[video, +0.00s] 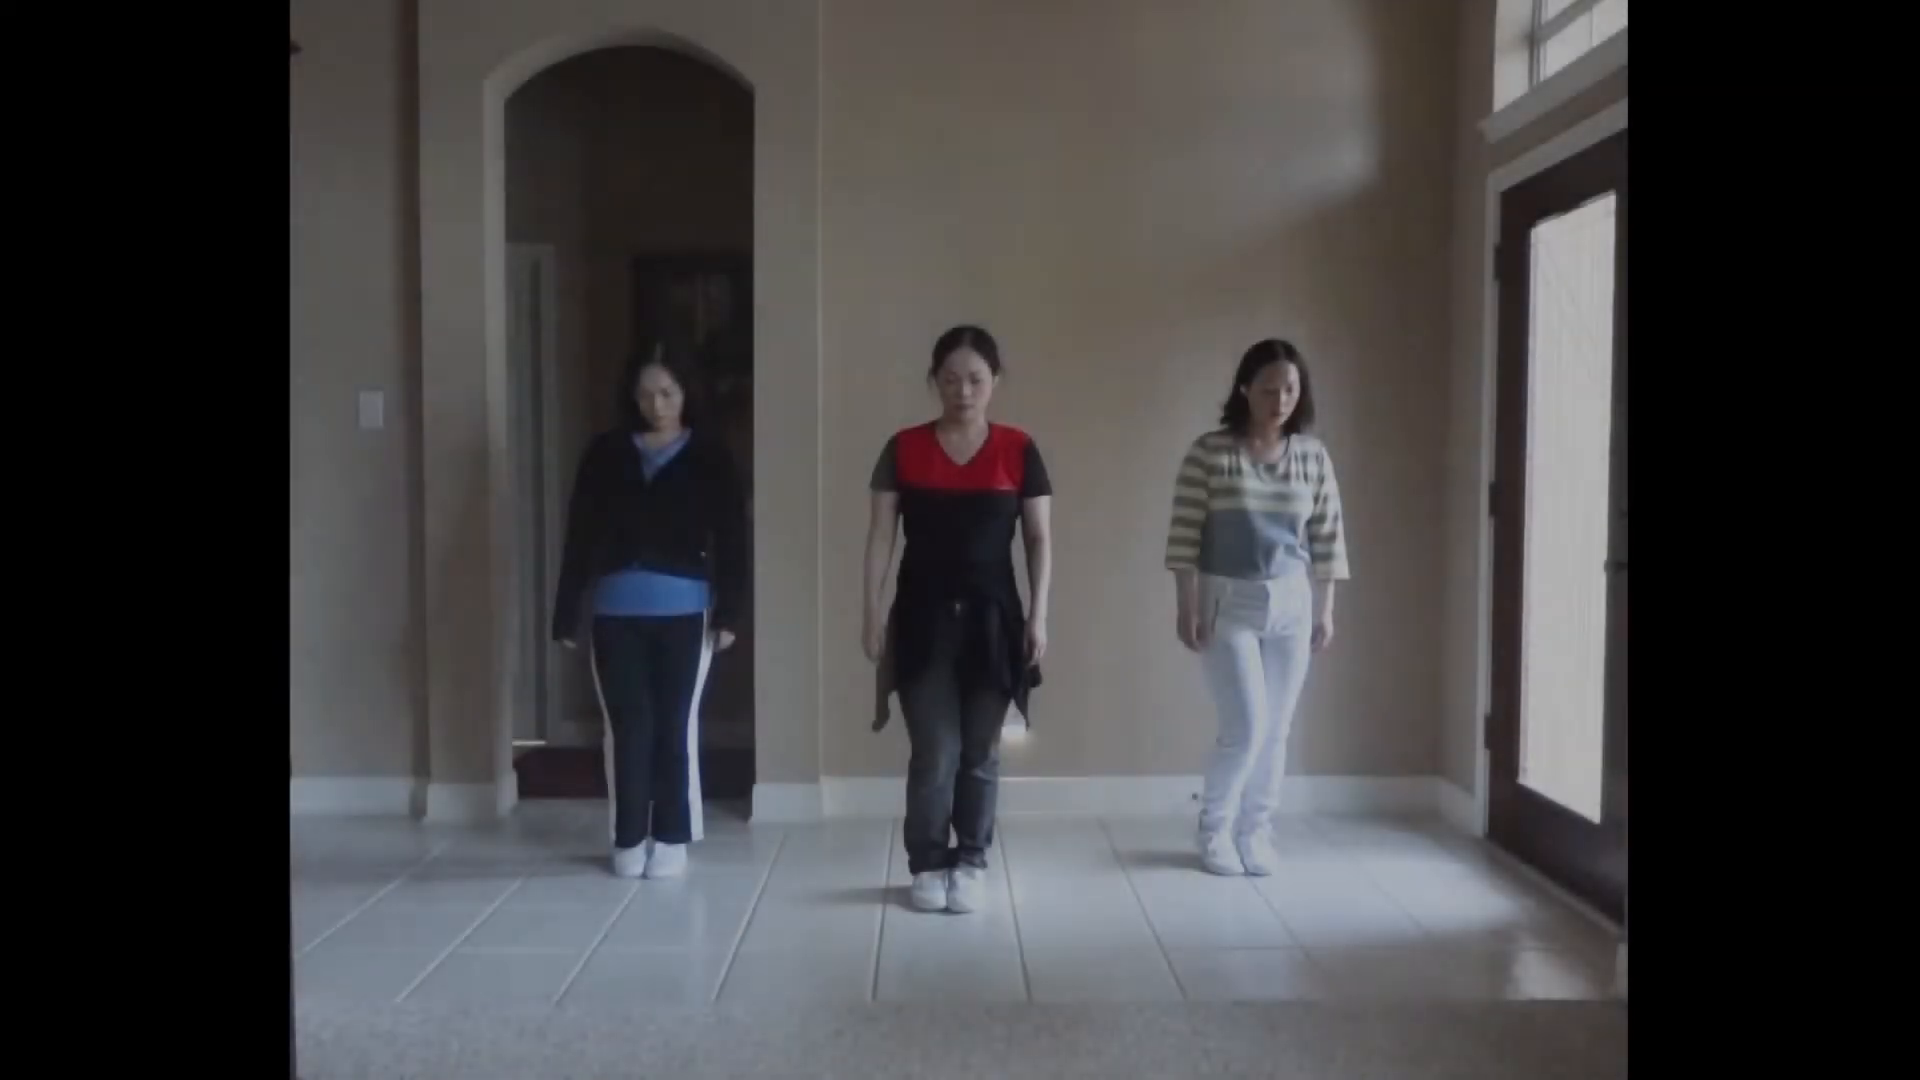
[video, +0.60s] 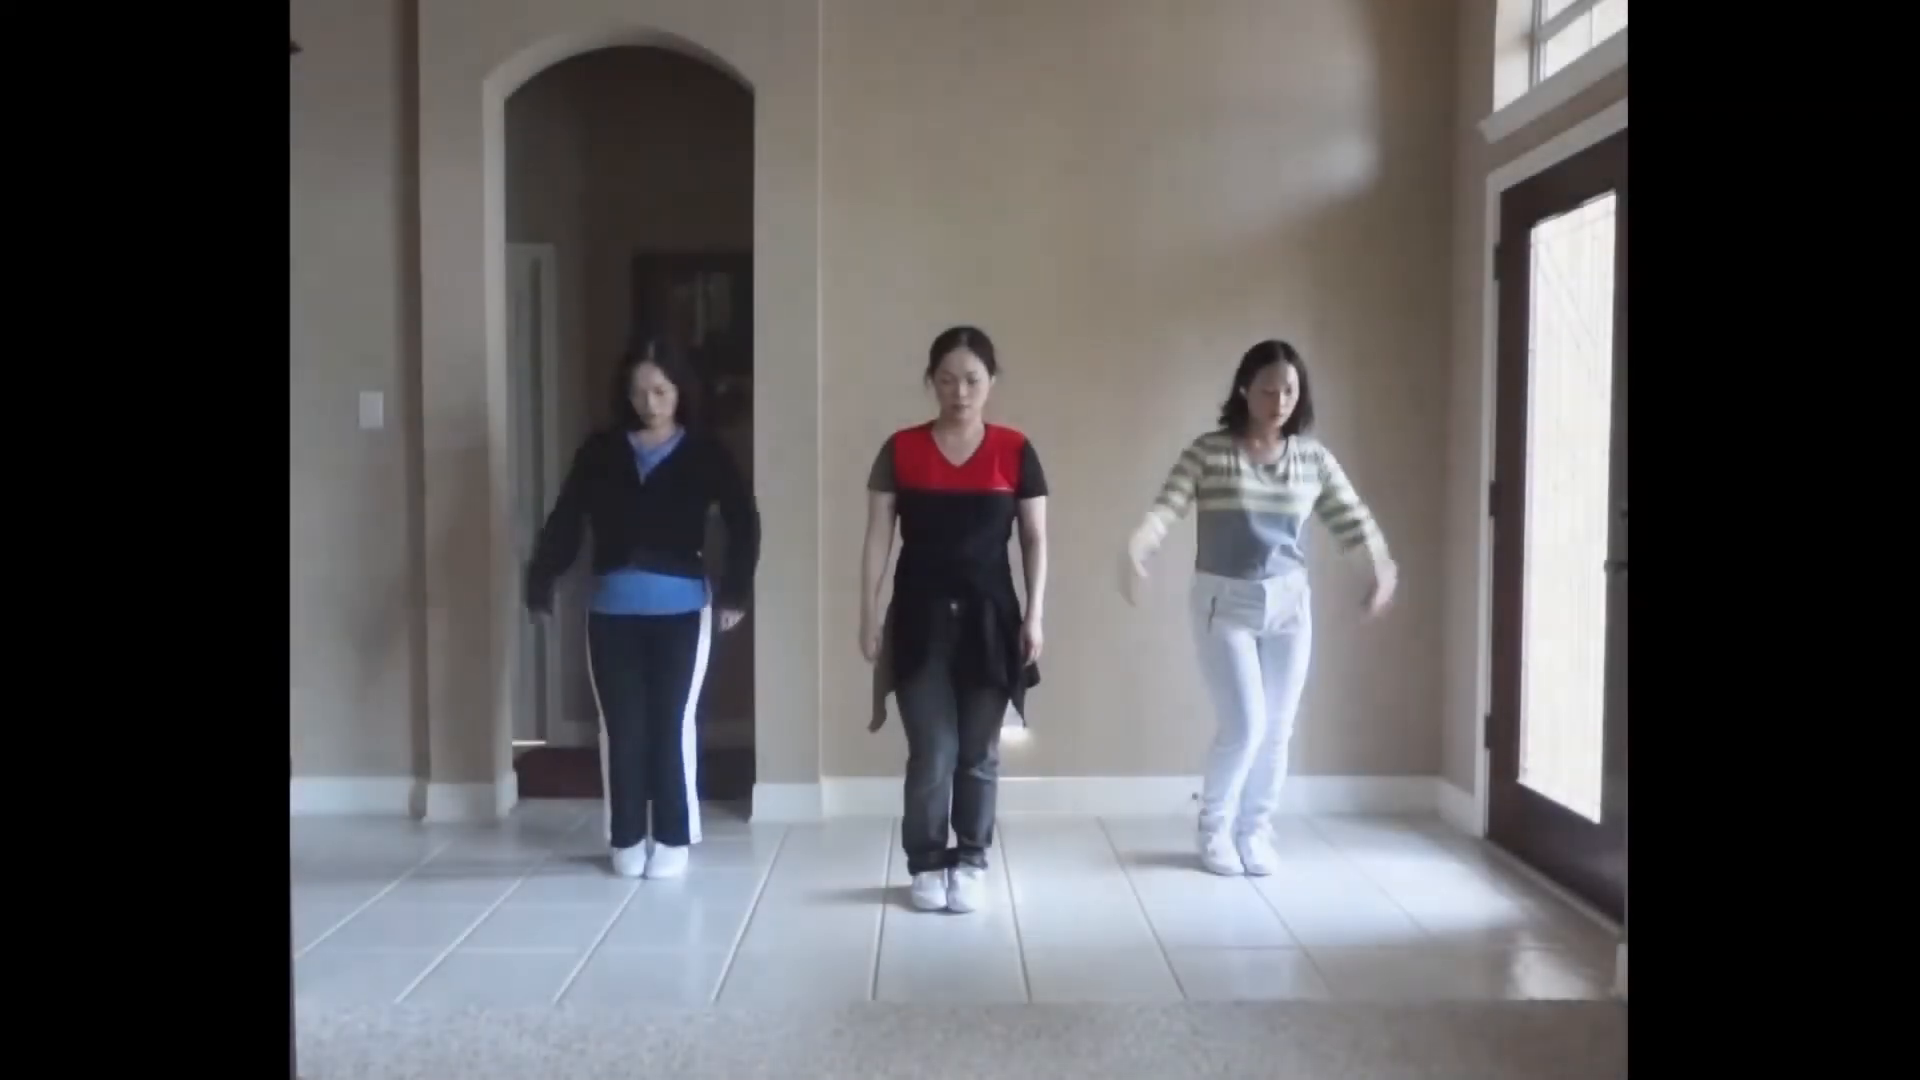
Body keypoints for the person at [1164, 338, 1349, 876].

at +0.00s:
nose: (1281, 399)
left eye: (1290, 389)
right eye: (1271, 387)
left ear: (1301, 395)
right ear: (1245, 390)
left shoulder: (1312, 455)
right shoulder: (1210, 451)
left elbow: (1327, 536)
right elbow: (1185, 534)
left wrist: (1324, 608)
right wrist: (1187, 605)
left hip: (1293, 607)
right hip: (1227, 606)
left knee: (1274, 730)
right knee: (1245, 728)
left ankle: (1256, 832)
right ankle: (1215, 831)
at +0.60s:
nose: (1279, 399)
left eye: (1289, 389)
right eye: (1269, 387)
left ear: (1300, 396)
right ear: (1245, 390)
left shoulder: (1312, 458)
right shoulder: (1209, 451)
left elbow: (1352, 517)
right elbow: (1169, 505)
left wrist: (1383, 568)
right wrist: (1137, 546)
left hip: (1289, 608)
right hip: (1223, 607)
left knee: (1276, 728)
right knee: (1244, 725)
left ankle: (1256, 831)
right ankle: (1214, 829)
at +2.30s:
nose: (1199, 431)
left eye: (1209, 422)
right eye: (1189, 421)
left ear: (1222, 429)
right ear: (1172, 427)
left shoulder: (1236, 479)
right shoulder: (1153, 476)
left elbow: (1243, 542)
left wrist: (1234, 510)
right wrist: (1203, 489)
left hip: (1226, 597)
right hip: (1168, 602)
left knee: (1250, 711)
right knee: (1176, 724)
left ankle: (1264, 823)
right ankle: (1199, 808)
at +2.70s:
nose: (1199, 433)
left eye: (1210, 424)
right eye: (1190, 423)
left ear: (1222, 431)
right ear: (1172, 429)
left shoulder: (1234, 484)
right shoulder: (1152, 484)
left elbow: (1241, 542)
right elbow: (1150, 537)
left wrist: (1222, 519)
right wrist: (1211, 531)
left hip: (1227, 601)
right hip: (1168, 607)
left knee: (1252, 713)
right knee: (1176, 728)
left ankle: (1263, 825)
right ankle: (1199, 809)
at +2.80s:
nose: (1199, 433)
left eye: (1209, 424)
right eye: (1189, 423)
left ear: (1222, 431)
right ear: (1172, 429)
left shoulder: (1234, 482)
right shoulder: (1153, 482)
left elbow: (1239, 527)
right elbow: (1163, 518)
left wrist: (1219, 529)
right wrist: (1215, 535)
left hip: (1227, 601)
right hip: (1168, 606)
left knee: (1252, 712)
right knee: (1176, 728)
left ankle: (1264, 823)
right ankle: (1199, 809)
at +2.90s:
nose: (1199, 433)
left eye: (1209, 424)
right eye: (1189, 423)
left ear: (1222, 431)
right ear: (1172, 429)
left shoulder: (1236, 482)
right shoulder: (1154, 483)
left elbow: (1242, 524)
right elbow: (1167, 521)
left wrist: (1230, 546)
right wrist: (1214, 543)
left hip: (1228, 602)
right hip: (1170, 607)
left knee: (1252, 712)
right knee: (1177, 728)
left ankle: (1264, 824)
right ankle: (1199, 809)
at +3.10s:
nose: (1200, 432)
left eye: (1211, 424)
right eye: (1191, 423)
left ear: (1223, 431)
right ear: (1174, 429)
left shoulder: (1236, 483)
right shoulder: (1154, 484)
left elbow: (1243, 526)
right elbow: (1166, 524)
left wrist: (1232, 556)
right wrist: (1213, 551)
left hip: (1229, 601)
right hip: (1171, 605)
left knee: (1253, 712)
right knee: (1176, 726)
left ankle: (1264, 824)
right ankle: (1199, 809)